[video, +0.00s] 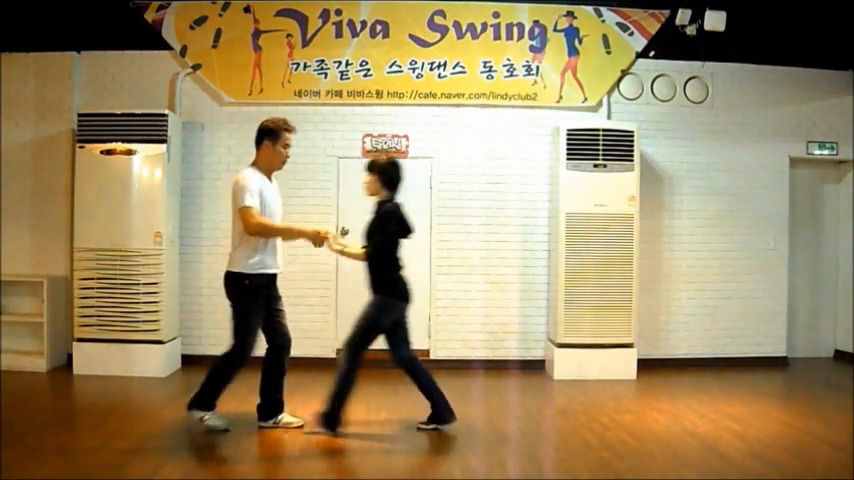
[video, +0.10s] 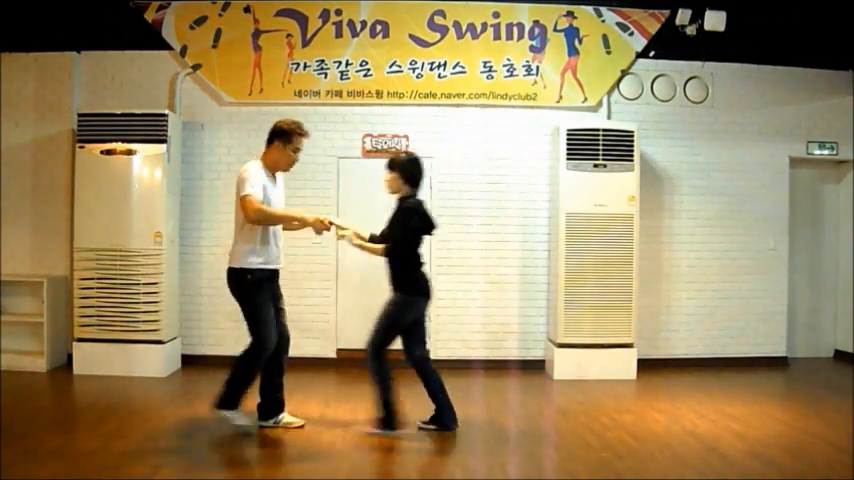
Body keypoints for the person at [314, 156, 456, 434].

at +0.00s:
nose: (365, 180)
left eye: (369, 176)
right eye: (367, 175)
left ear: (382, 181)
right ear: (385, 181)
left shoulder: (386, 213)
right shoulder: (389, 210)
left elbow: (369, 255)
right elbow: (374, 252)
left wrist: (337, 248)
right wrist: (341, 244)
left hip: (387, 298)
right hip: (393, 296)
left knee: (352, 349)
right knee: (403, 355)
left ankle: (331, 417)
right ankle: (442, 411)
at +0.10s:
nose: (385, 178)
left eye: (390, 173)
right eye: (387, 172)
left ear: (402, 178)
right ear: (406, 178)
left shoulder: (409, 211)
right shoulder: (407, 208)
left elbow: (390, 250)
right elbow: (383, 240)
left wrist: (356, 243)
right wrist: (355, 234)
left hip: (407, 294)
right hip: (414, 291)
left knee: (375, 348)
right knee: (417, 355)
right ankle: (445, 415)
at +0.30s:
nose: (411, 191)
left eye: (415, 186)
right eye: (412, 185)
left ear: (429, 189)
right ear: (428, 189)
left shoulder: (437, 221)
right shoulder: (429, 219)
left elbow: (432, 266)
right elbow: (399, 245)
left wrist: (400, 260)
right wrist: (365, 246)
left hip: (448, 305)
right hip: (441, 303)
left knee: (420, 363)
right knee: (415, 359)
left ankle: (457, 422)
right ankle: (444, 414)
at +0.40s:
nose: (417, 203)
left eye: (421, 198)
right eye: (418, 198)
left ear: (434, 200)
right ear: (435, 200)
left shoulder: (448, 233)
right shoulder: (437, 231)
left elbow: (445, 279)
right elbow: (412, 259)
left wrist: (412, 272)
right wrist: (380, 269)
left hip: (461, 316)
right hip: (448, 313)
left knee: (420, 366)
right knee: (412, 361)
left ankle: (458, 424)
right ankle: (443, 415)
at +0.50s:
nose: (424, 206)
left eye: (427, 200)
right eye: (424, 200)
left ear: (442, 202)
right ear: (441, 203)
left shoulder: (454, 233)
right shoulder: (443, 232)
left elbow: (459, 277)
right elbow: (415, 265)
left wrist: (428, 269)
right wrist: (371, 272)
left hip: (466, 318)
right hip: (453, 314)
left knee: (422, 367)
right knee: (414, 360)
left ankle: (458, 425)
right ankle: (442, 415)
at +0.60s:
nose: (427, 196)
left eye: (430, 191)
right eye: (428, 190)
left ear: (445, 194)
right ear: (444, 194)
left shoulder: (458, 224)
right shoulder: (444, 226)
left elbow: (461, 265)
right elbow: (411, 253)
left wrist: (432, 250)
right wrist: (367, 255)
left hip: (470, 308)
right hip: (457, 306)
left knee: (429, 361)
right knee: (422, 357)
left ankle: (459, 425)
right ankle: (445, 416)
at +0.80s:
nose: (429, 178)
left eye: (433, 172)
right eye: (431, 173)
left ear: (447, 175)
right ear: (446, 176)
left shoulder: (463, 207)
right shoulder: (445, 210)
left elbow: (468, 247)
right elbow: (411, 235)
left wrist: (444, 228)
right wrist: (368, 237)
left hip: (469, 292)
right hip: (454, 292)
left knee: (447, 357)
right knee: (441, 352)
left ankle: (463, 430)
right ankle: (448, 409)